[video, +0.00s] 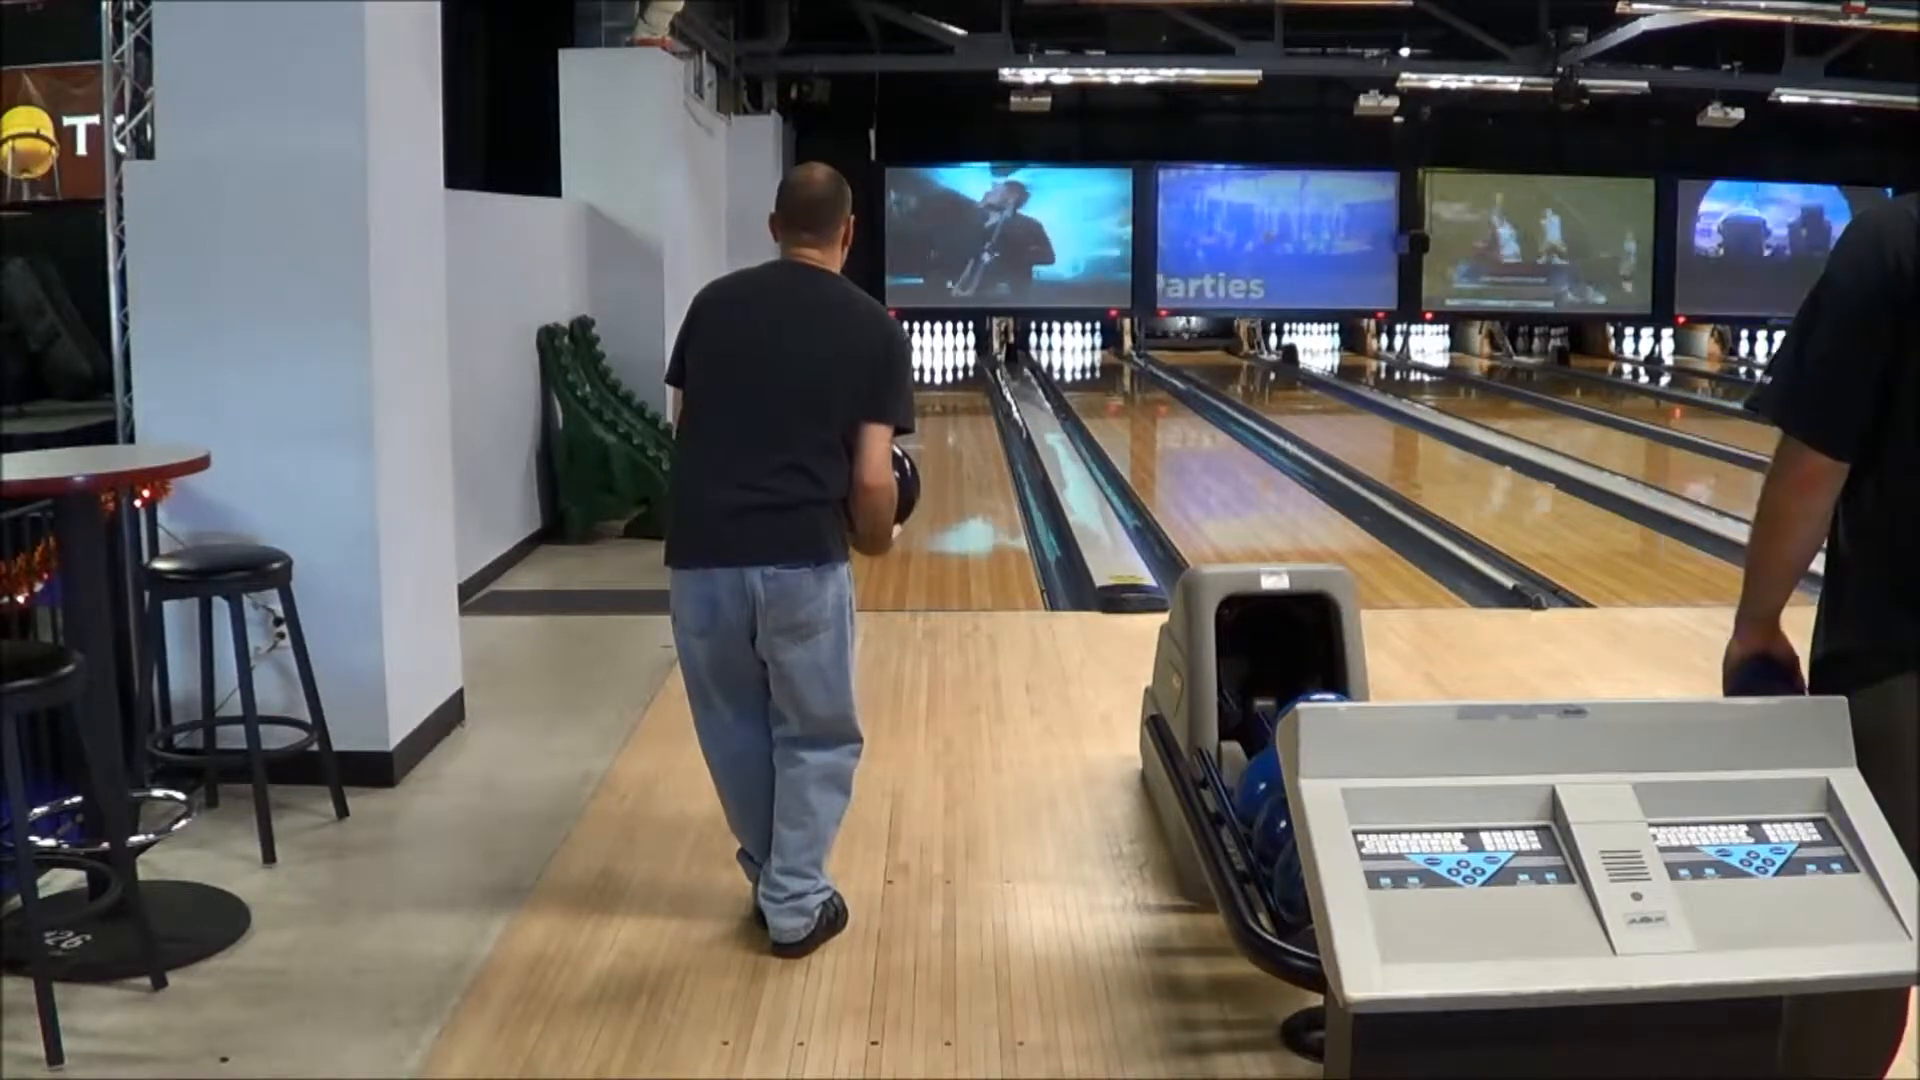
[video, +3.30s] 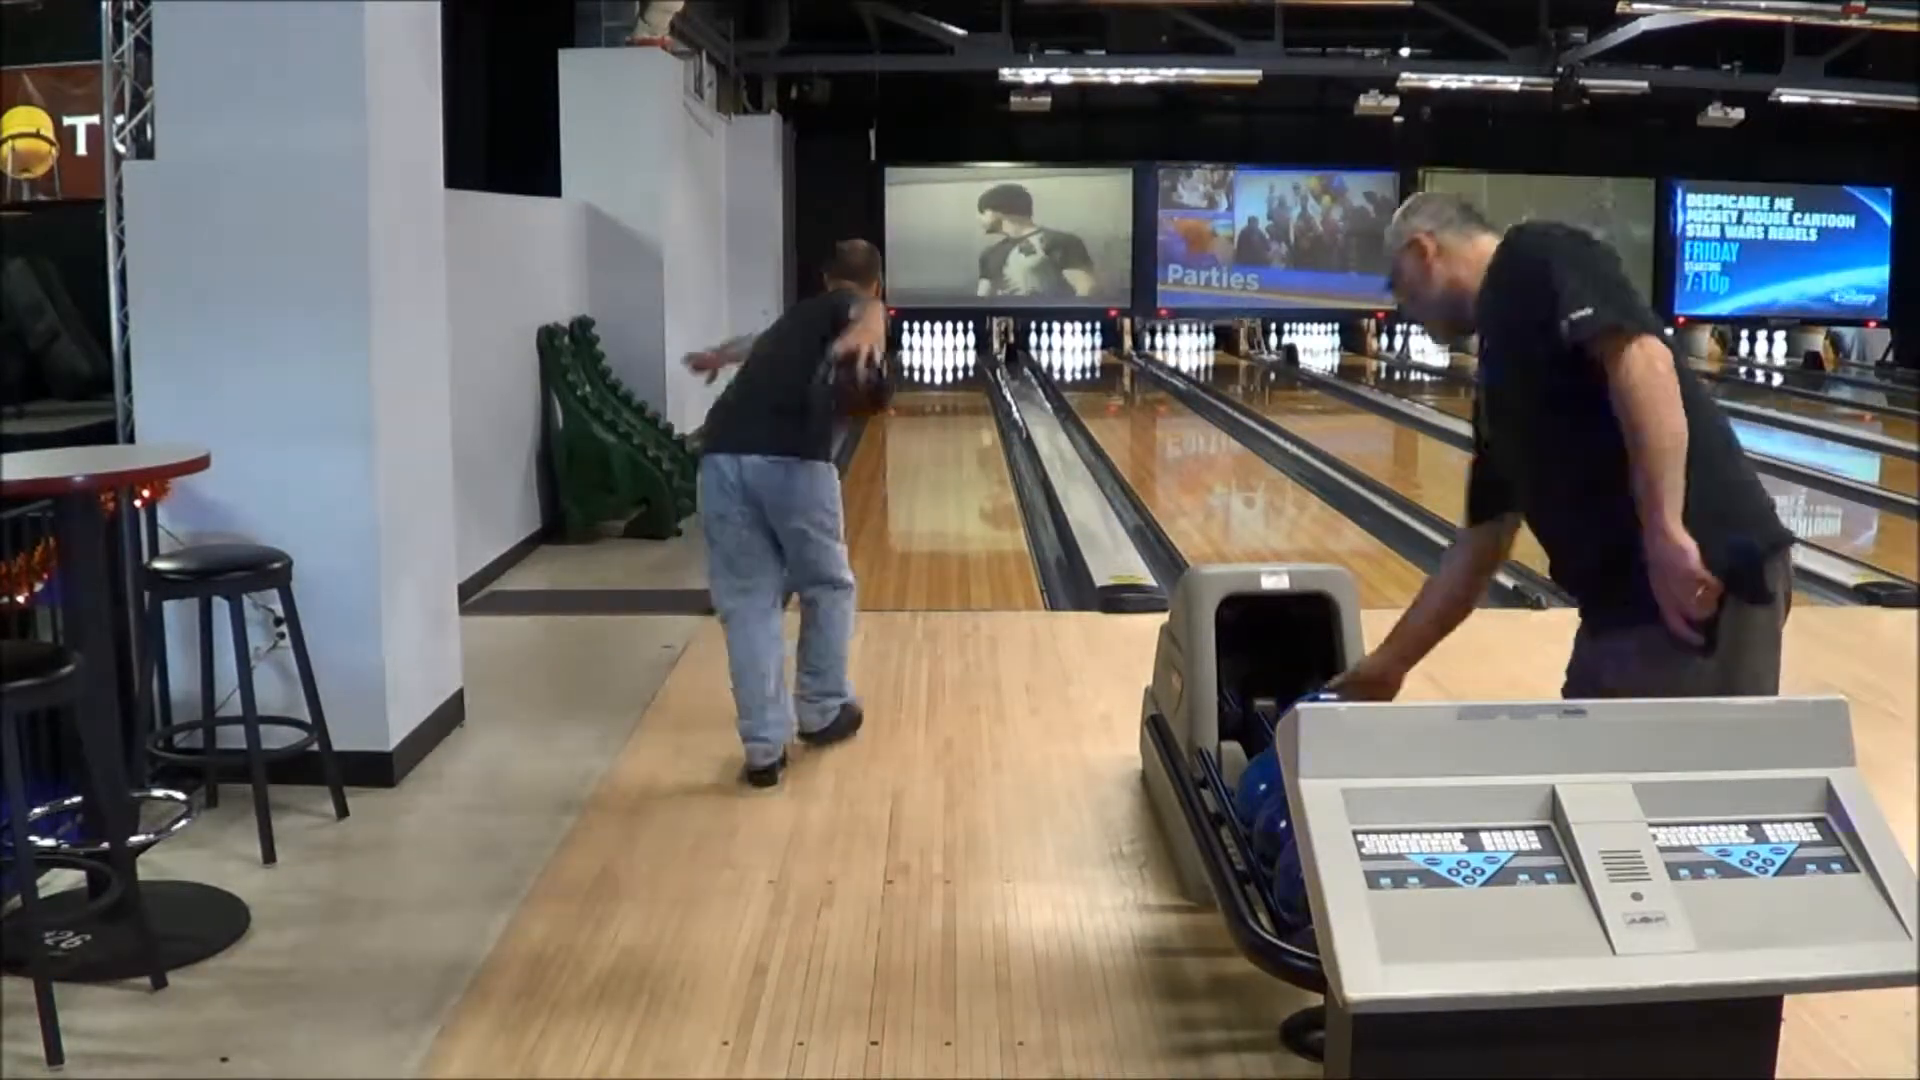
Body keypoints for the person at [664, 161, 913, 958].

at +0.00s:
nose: (851, 237)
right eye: (854, 226)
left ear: (772, 228)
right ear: (849, 230)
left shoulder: (715, 302)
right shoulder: (870, 326)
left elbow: (683, 423)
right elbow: (871, 477)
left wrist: (724, 485)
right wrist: (878, 537)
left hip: (701, 557)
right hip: (803, 557)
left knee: (732, 724)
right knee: (817, 736)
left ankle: (768, 870)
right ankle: (794, 904)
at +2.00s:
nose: (853, 246)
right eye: (857, 236)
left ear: (784, 235)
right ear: (853, 240)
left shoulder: (727, 299)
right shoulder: (869, 333)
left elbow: (689, 416)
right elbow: (858, 475)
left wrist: (716, 484)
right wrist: (865, 534)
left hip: (696, 524)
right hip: (793, 527)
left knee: (726, 690)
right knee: (798, 680)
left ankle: (772, 861)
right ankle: (801, 809)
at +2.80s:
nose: (864, 270)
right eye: (865, 261)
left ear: (799, 258)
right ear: (861, 263)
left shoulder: (755, 303)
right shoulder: (869, 341)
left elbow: (749, 404)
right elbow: (862, 466)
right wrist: (854, 530)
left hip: (704, 496)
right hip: (782, 505)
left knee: (721, 635)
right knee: (794, 654)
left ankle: (751, 763)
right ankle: (779, 794)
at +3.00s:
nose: (864, 271)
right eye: (867, 262)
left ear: (804, 257)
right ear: (864, 262)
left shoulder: (764, 297)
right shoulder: (866, 320)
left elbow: (745, 395)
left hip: (701, 465)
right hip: (778, 473)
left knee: (722, 618)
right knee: (786, 625)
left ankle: (754, 744)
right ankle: (780, 770)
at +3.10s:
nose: (868, 271)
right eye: (869, 263)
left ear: (807, 260)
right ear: (865, 262)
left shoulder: (769, 297)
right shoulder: (861, 309)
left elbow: (723, 369)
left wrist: (682, 418)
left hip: (705, 457)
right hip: (778, 460)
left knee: (722, 613)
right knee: (794, 611)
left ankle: (755, 750)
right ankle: (780, 723)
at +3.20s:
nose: (876, 281)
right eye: (877, 273)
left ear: (813, 267)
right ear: (871, 271)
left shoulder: (777, 308)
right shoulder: (861, 306)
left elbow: (719, 361)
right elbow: (867, 356)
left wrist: (680, 391)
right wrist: (865, 425)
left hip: (710, 456)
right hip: (782, 457)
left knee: (730, 603)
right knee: (810, 593)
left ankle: (758, 750)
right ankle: (794, 710)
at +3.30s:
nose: (874, 291)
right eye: (877, 286)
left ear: (823, 279)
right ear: (876, 285)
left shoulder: (793, 318)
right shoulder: (859, 304)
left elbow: (752, 346)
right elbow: (873, 313)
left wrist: (715, 358)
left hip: (721, 456)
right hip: (792, 457)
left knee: (746, 599)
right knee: (827, 584)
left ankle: (762, 749)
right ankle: (821, 710)